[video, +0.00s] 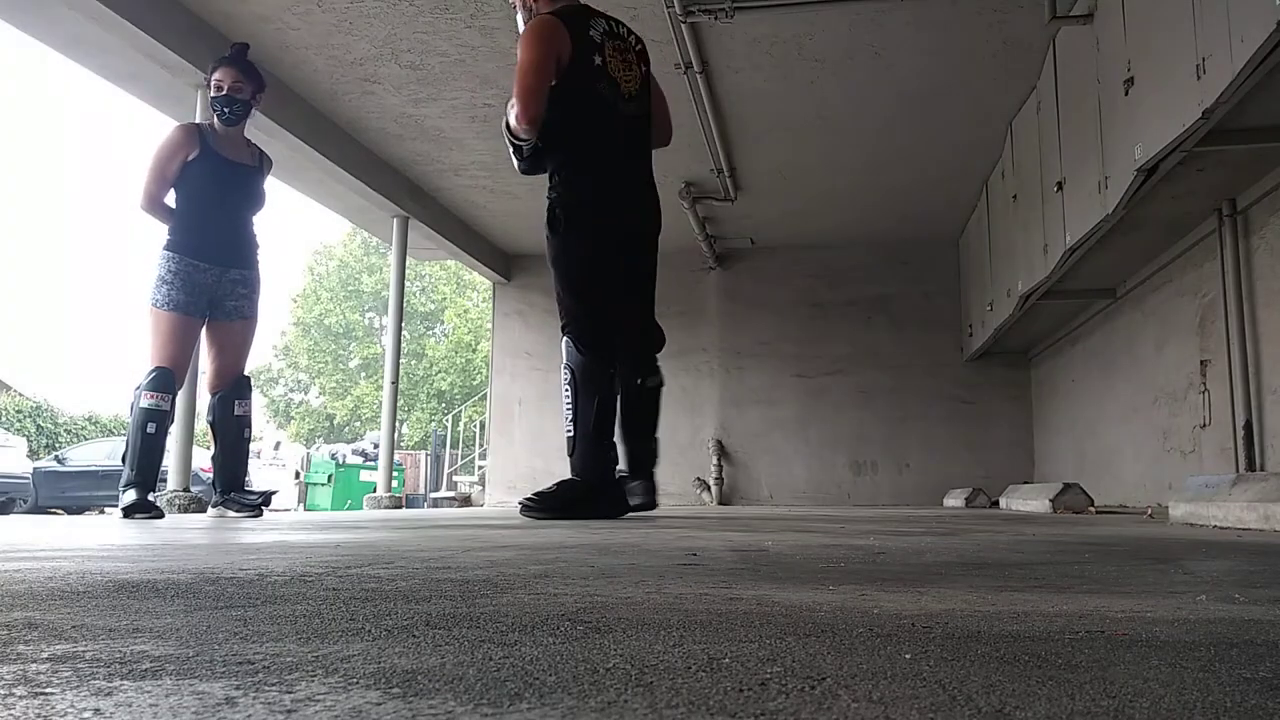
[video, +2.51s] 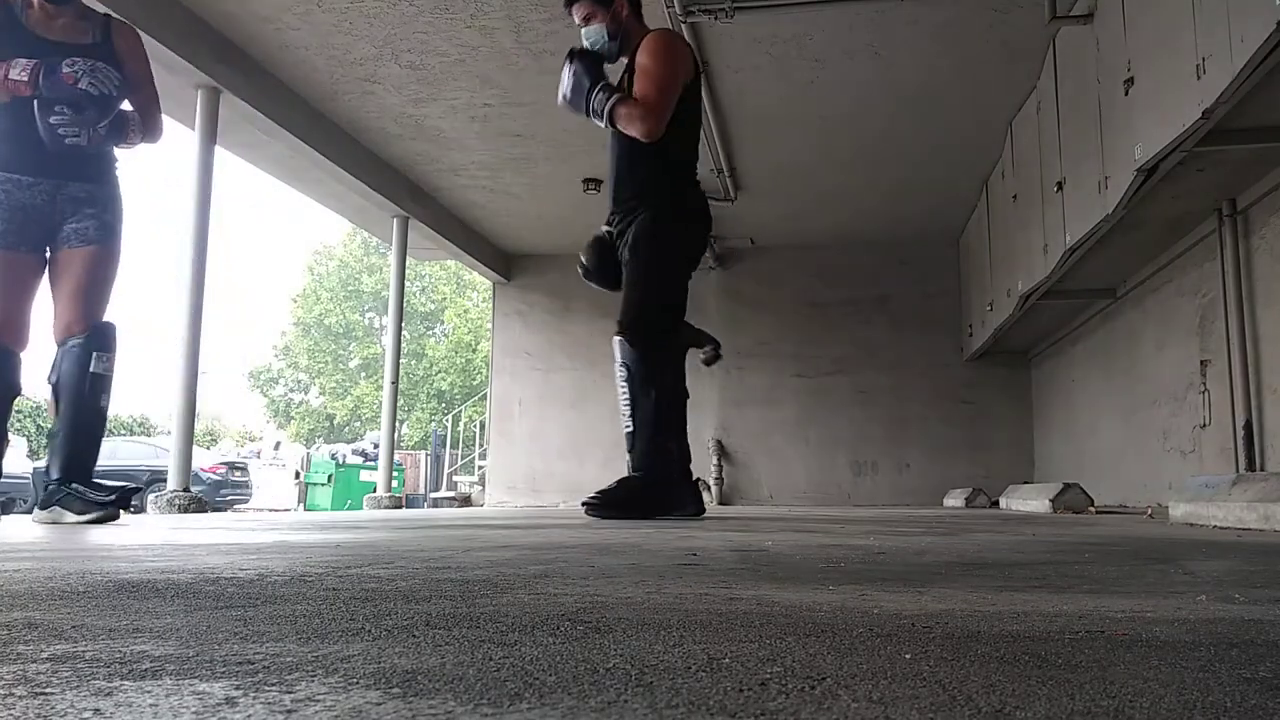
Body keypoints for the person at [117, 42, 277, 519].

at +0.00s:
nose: (226, 95)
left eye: (237, 89)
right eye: (218, 87)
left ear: (255, 98)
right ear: (208, 92)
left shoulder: (261, 160)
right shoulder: (186, 136)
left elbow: (247, 212)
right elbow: (151, 200)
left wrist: (239, 236)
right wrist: (191, 228)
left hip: (239, 274)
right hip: (185, 266)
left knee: (229, 384)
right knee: (165, 376)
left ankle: (229, 488)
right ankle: (137, 489)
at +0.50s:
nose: (212, 89)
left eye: (223, 82)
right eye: (204, 79)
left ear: (239, 92)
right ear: (190, 84)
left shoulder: (241, 154)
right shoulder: (165, 130)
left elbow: (228, 205)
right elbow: (127, 194)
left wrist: (200, 224)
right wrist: (167, 220)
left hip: (219, 271)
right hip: (164, 263)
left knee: (221, 381)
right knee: (152, 374)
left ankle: (228, 487)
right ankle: (137, 489)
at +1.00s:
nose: (188, 77)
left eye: (200, 70)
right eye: (180, 66)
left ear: (216, 79)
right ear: (166, 69)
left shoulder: (226, 141)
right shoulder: (137, 113)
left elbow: (204, 197)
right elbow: (90, 172)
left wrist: (188, 223)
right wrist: (128, 210)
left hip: (196, 258)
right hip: (135, 255)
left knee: (200, 366)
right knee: (139, 378)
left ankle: (205, 479)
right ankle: (137, 492)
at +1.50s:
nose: (172, 39)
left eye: (187, 33)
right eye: (166, 27)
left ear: (205, 45)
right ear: (153, 31)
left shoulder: (220, 105)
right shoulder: (119, 85)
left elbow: (241, 182)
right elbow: (81, 158)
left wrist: (255, 220)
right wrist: (44, 170)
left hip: (184, 237)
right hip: (118, 233)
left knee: (169, 361)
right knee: (103, 375)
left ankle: (151, 489)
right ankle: (138, 469)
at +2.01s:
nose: (108, 10)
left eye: (121, 4)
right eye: (100, 3)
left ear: (138, 9)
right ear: (83, 6)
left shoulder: (158, 67)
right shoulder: (47, 54)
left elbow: (195, 149)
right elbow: (14, 135)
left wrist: (160, 147)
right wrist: (34, 108)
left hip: (133, 216)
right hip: (59, 211)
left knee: (133, 354)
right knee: (17, 346)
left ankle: (146, 489)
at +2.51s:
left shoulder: (117, 32)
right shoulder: (9, 20)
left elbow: (152, 123)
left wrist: (128, 130)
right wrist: (6, 88)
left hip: (90, 196)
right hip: (14, 192)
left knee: (79, 341)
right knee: (6, 343)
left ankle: (62, 484)